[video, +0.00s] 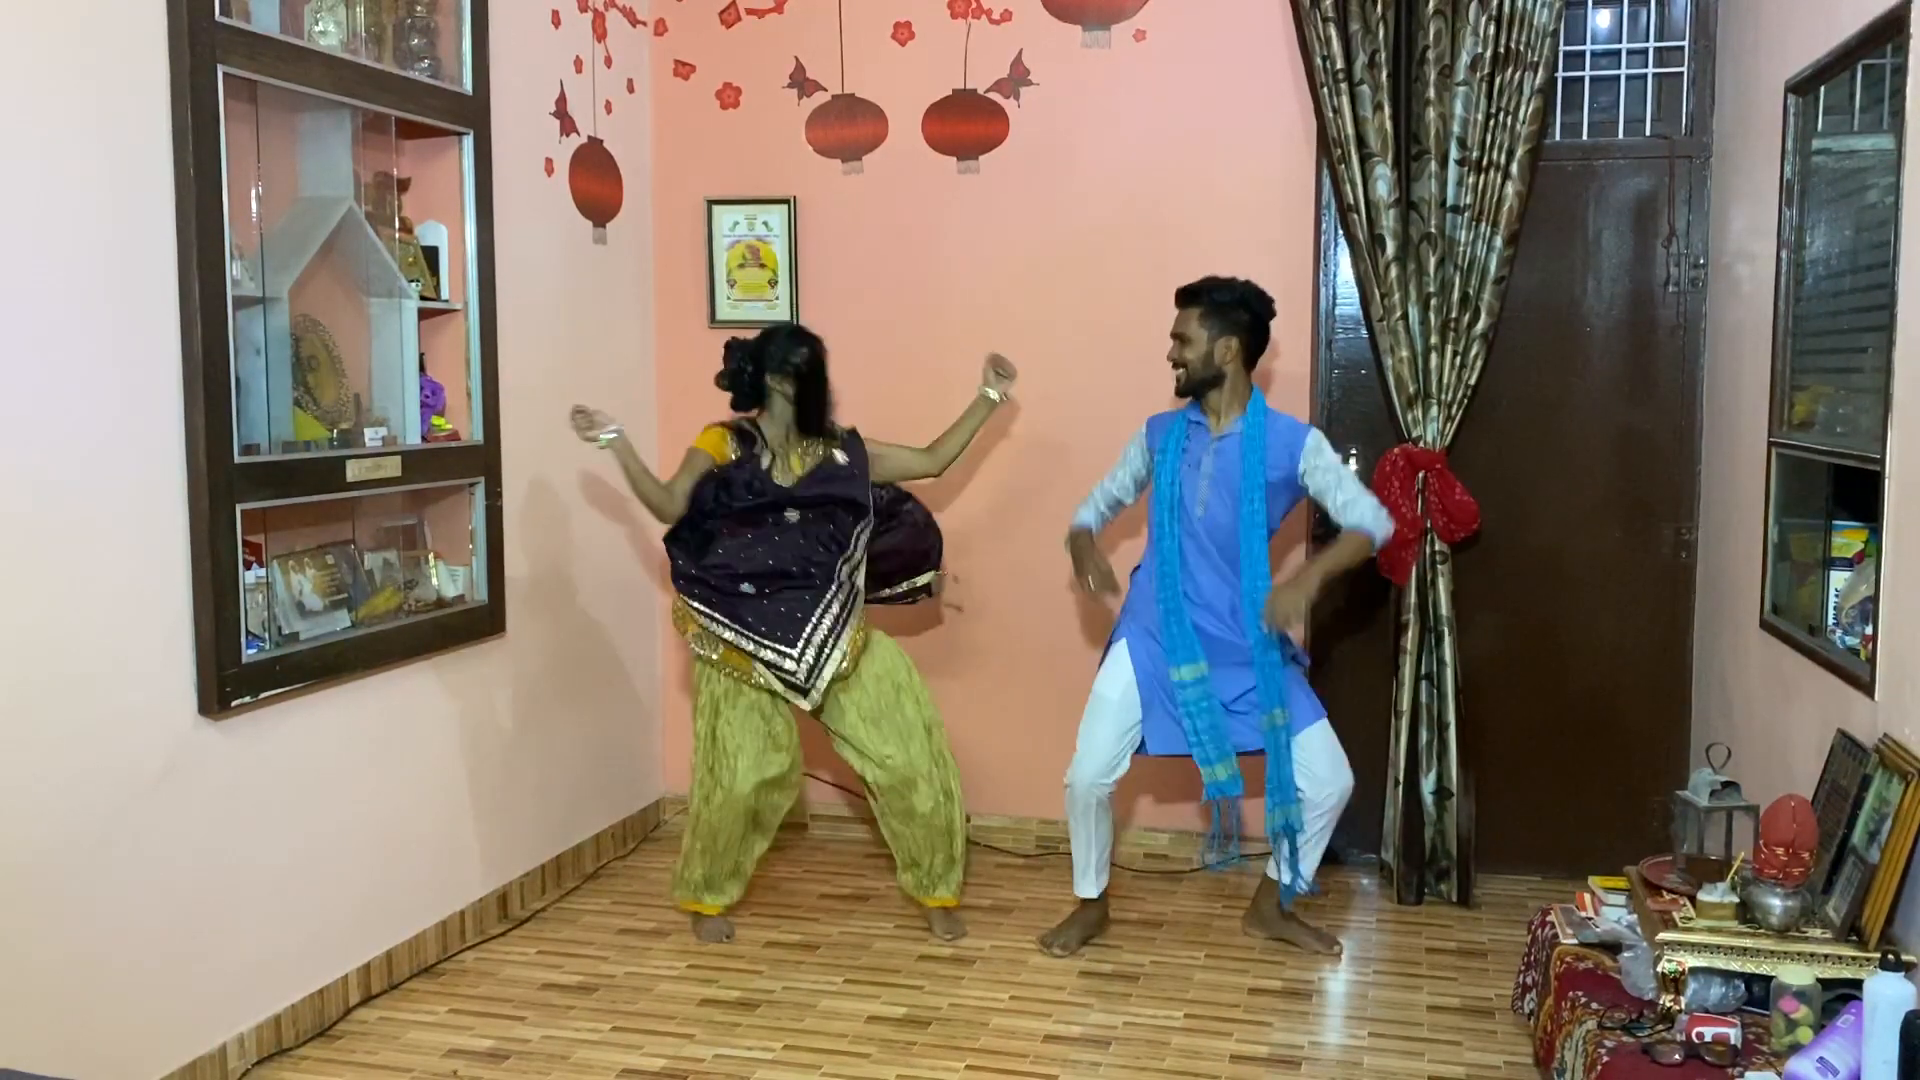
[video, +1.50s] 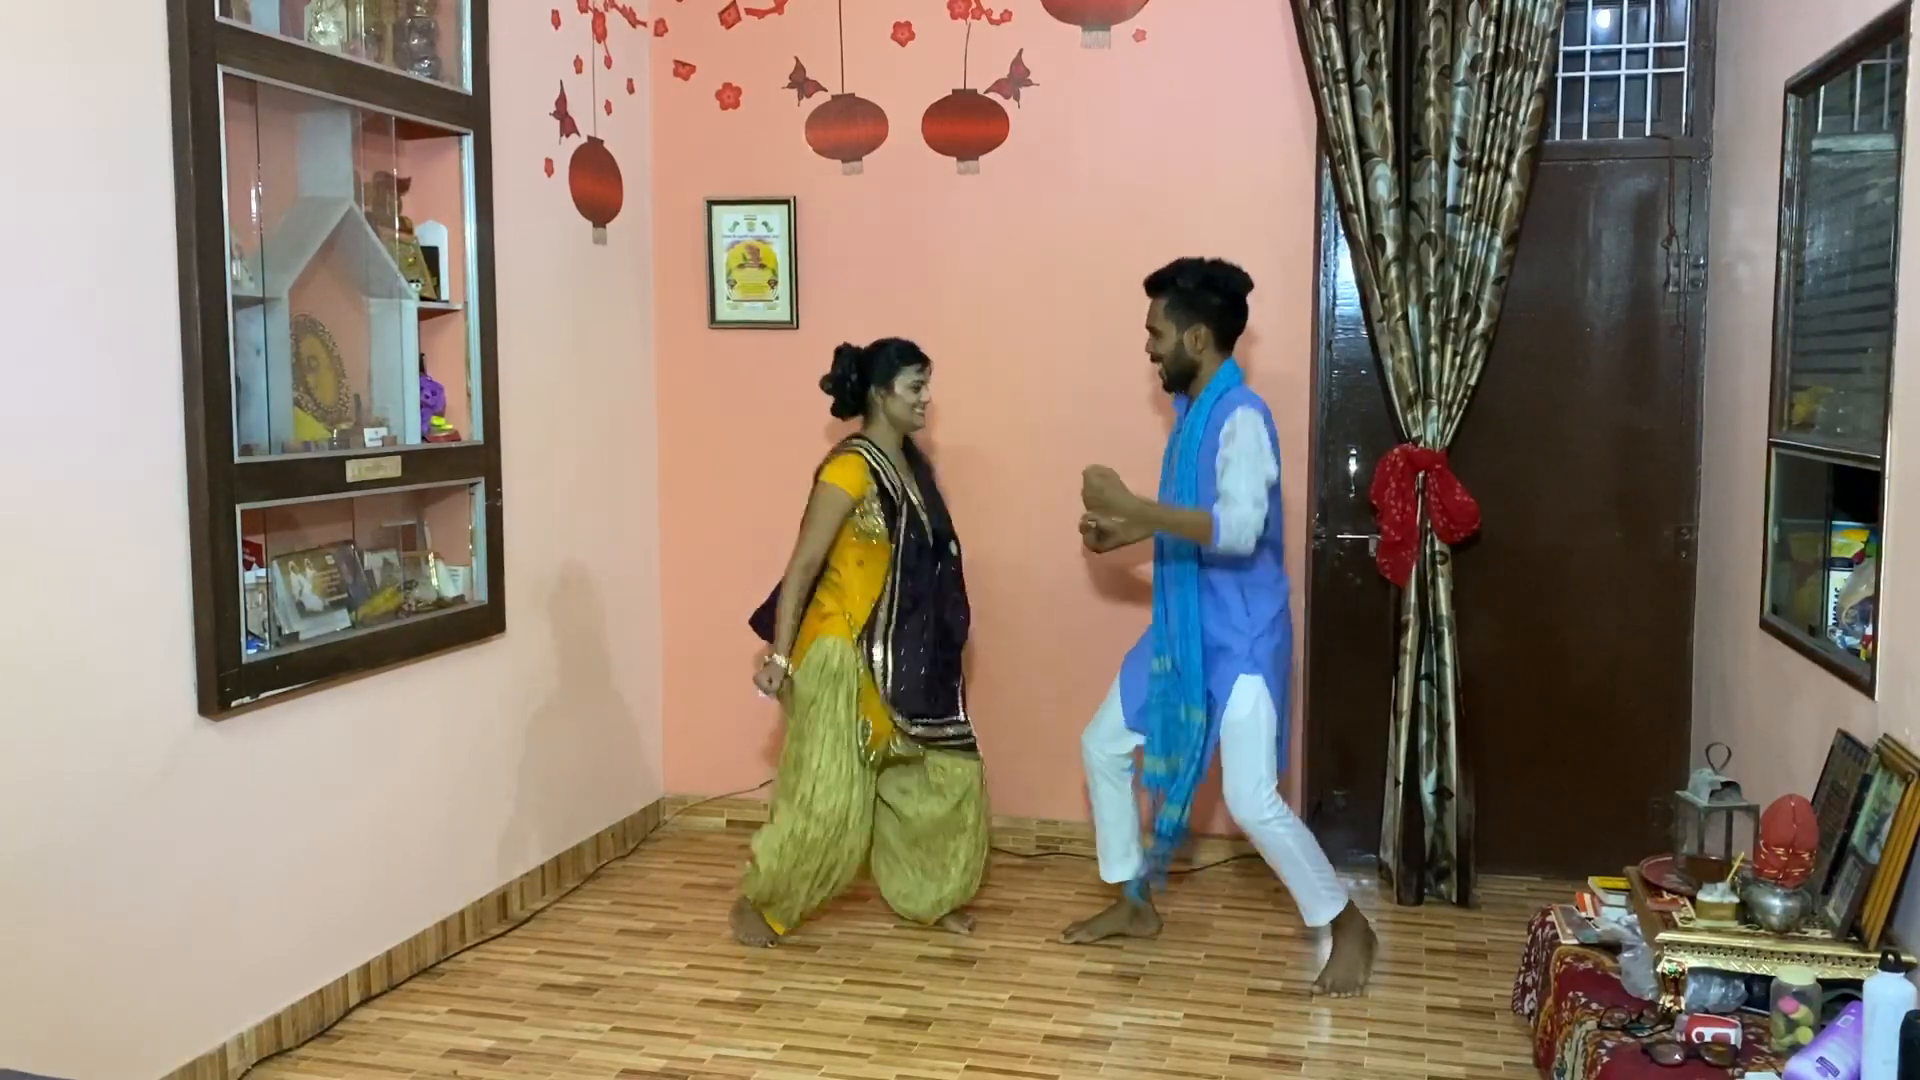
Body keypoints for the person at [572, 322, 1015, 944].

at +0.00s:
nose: (779, 379)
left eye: (778, 367)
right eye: (773, 368)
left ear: (766, 376)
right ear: (800, 377)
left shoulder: (842, 449)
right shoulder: (721, 444)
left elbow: (931, 460)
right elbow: (669, 508)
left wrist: (987, 398)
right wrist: (618, 440)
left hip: (837, 632)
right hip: (739, 637)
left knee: (913, 754)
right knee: (747, 772)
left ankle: (939, 890)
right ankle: (709, 897)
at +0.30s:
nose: (847, 351)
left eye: (843, 340)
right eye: (834, 342)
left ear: (835, 354)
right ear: (800, 357)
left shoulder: (848, 416)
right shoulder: (783, 410)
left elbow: (881, 377)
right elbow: (811, 375)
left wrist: (896, 363)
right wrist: (870, 373)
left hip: (869, 603)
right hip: (797, 606)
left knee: (905, 747)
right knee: (770, 751)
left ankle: (930, 891)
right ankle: (718, 885)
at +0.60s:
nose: (887, 346)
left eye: (887, 336)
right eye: (873, 336)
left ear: (884, 354)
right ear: (841, 352)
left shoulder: (905, 419)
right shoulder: (822, 410)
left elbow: (908, 385)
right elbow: (848, 421)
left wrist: (934, 356)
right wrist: (885, 358)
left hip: (906, 611)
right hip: (833, 608)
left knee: (925, 753)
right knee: (799, 745)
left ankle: (932, 887)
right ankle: (746, 886)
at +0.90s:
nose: (914, 356)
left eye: (913, 344)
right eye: (901, 345)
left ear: (892, 353)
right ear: (866, 355)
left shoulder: (899, 421)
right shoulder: (858, 425)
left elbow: (921, 518)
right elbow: (817, 512)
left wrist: (981, 552)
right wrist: (794, 603)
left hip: (905, 615)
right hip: (861, 613)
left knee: (930, 749)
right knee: (823, 753)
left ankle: (933, 886)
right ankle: (751, 882)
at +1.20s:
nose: (923, 381)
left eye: (925, 370)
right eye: (913, 370)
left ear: (892, 376)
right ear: (878, 374)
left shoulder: (892, 435)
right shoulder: (872, 433)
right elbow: (834, 512)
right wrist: (805, 581)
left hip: (893, 633)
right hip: (846, 629)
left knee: (935, 762)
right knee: (834, 769)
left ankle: (926, 892)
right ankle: (765, 892)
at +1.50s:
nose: (924, 399)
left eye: (926, 388)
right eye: (913, 388)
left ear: (913, 395)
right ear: (877, 394)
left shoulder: (909, 464)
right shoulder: (848, 468)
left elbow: (910, 565)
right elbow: (804, 565)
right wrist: (780, 651)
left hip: (903, 651)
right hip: (842, 653)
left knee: (945, 773)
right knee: (828, 792)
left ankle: (927, 895)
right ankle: (759, 897)